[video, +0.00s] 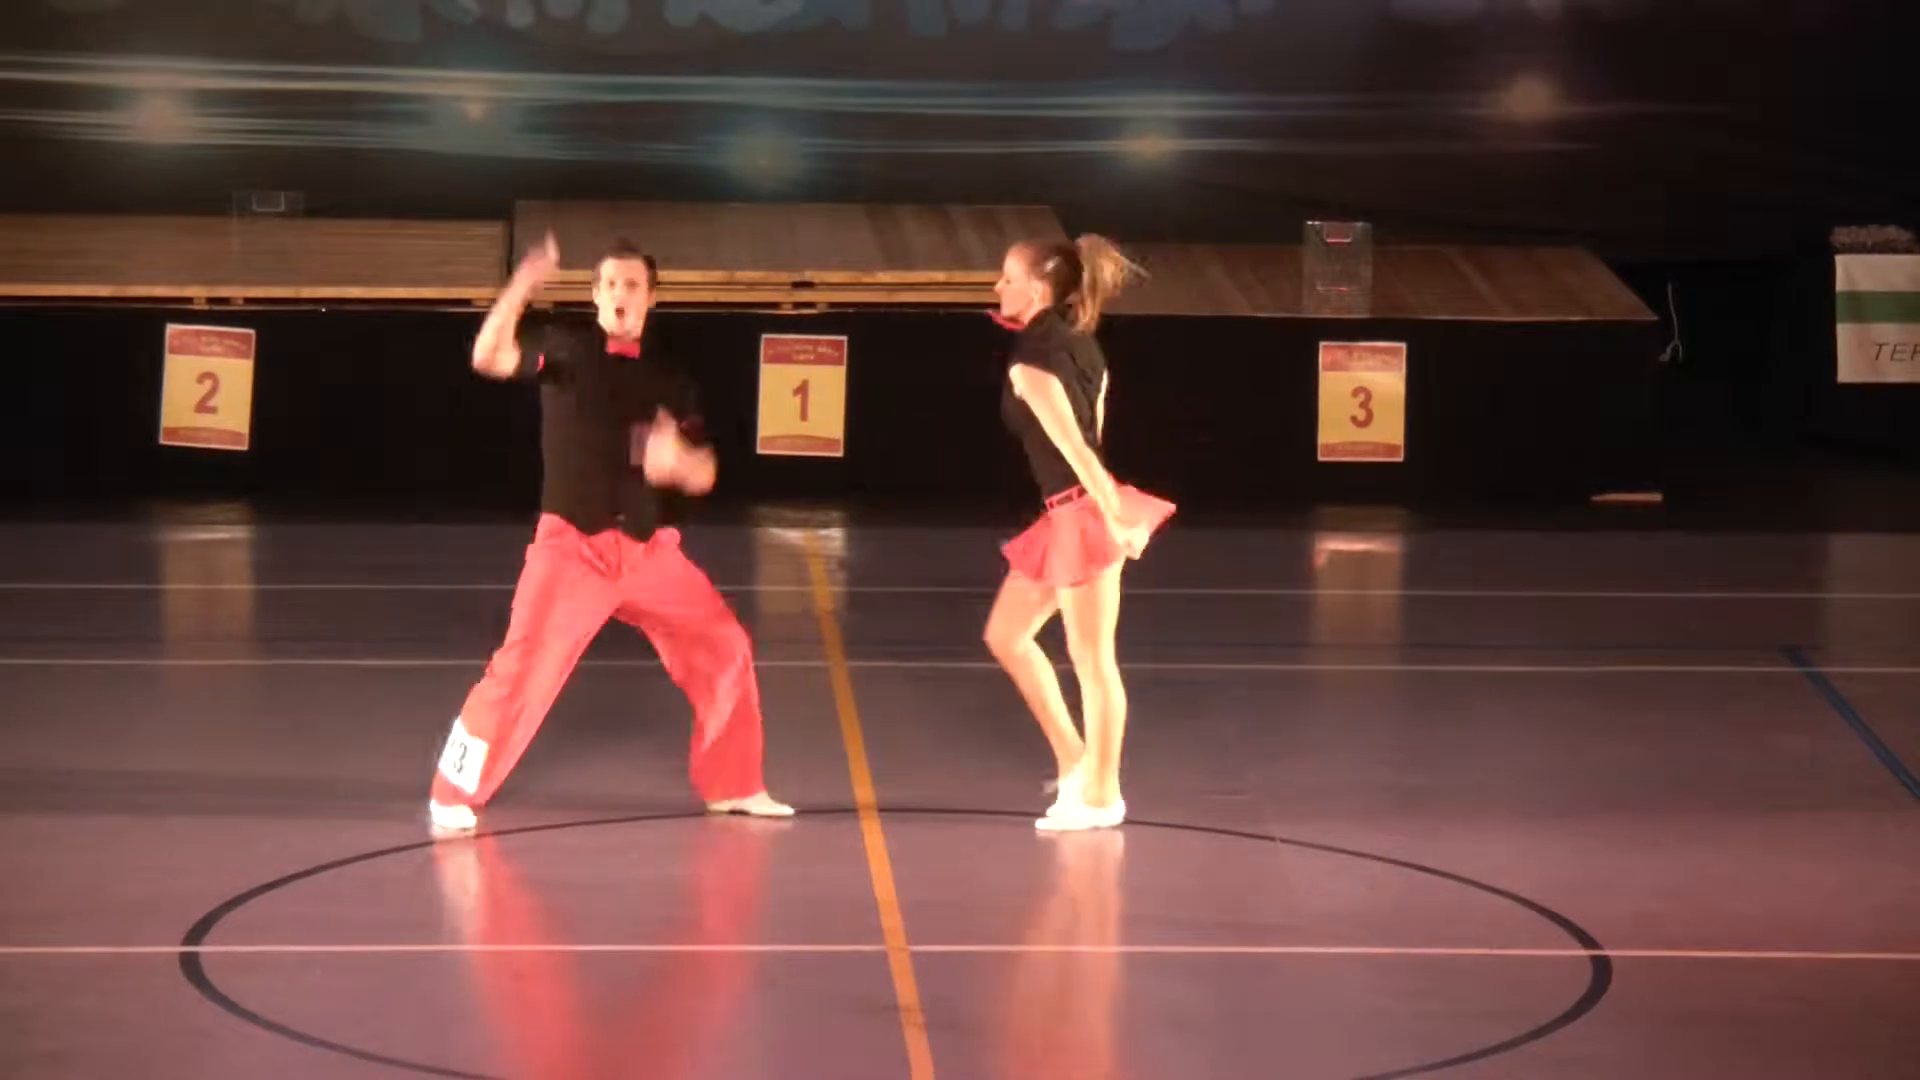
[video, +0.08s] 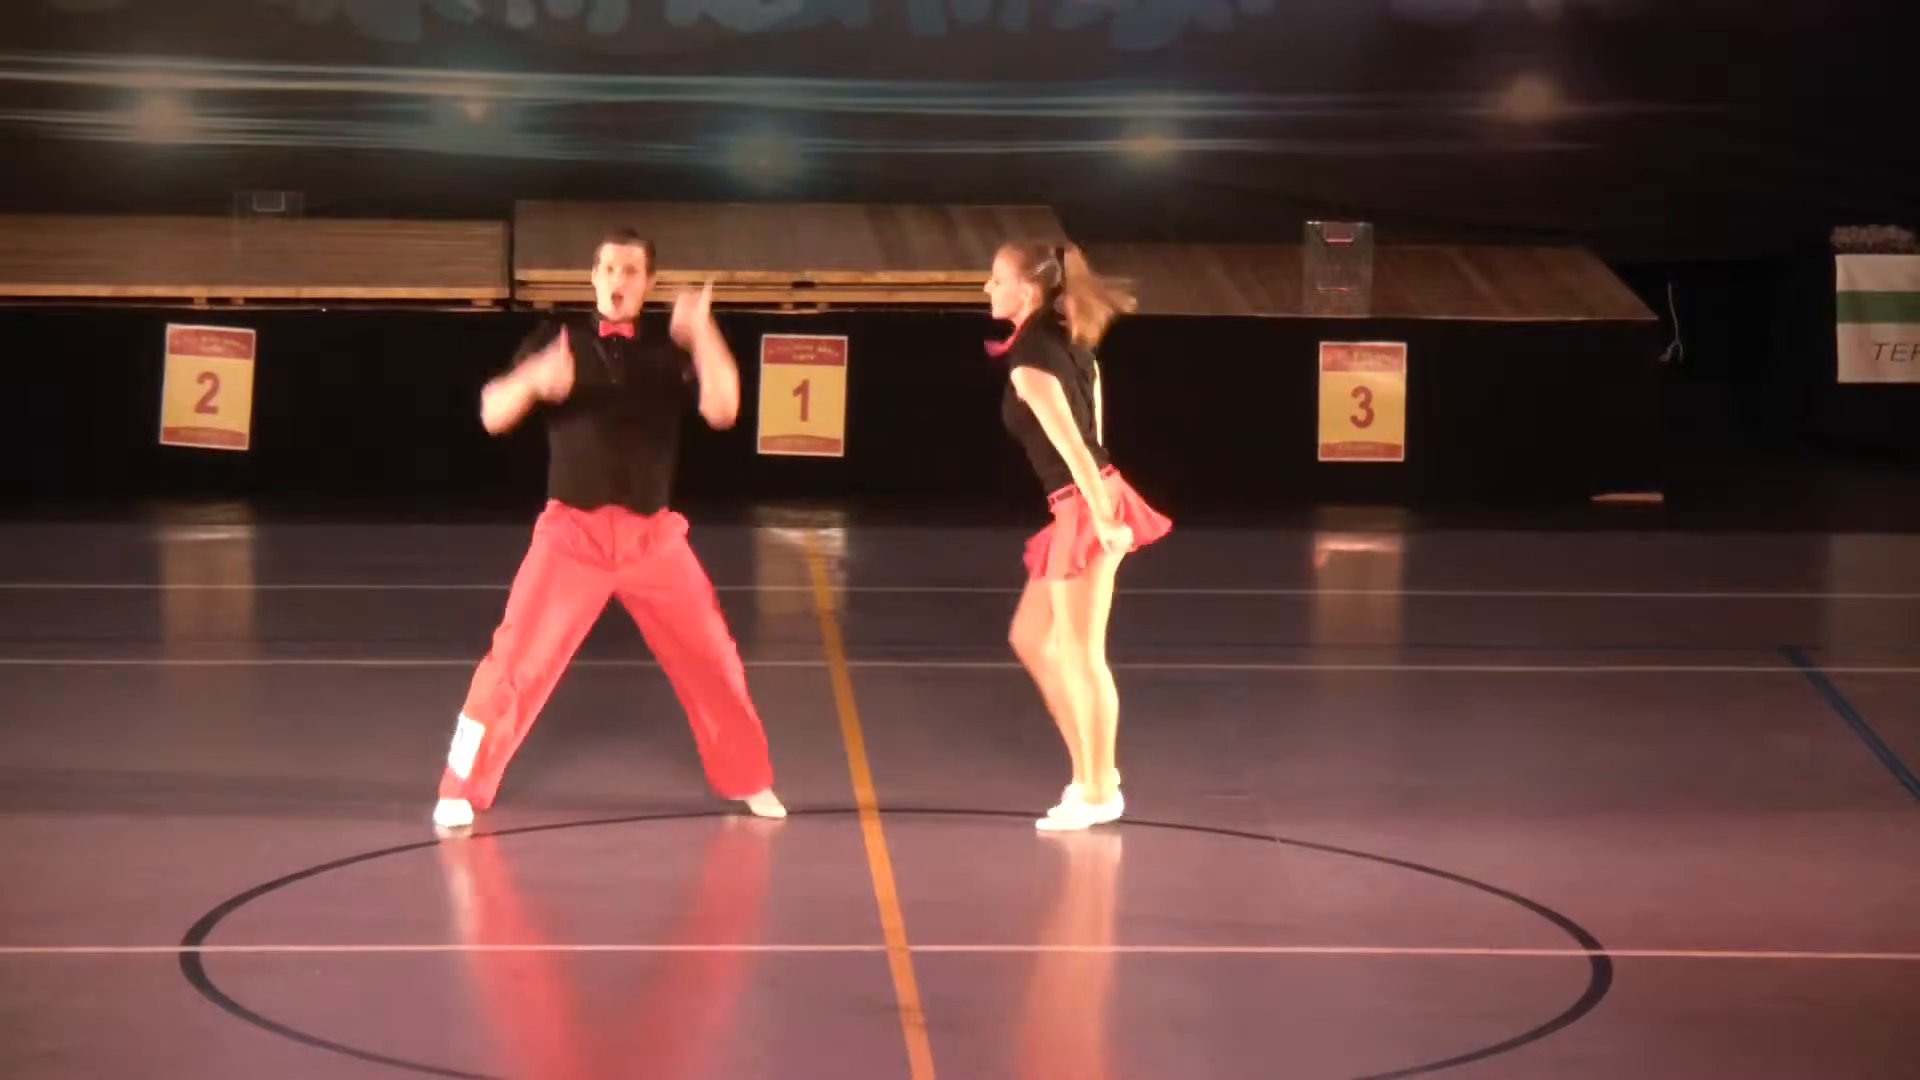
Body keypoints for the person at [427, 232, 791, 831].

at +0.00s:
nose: (621, 295)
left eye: (632, 284)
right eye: (611, 284)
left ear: (652, 297)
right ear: (594, 295)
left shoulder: (667, 375)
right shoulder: (564, 348)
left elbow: (705, 473)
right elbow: (488, 358)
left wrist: (678, 461)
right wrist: (521, 284)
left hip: (651, 553)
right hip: (570, 549)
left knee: (726, 647)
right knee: (525, 666)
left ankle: (733, 786)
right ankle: (453, 795)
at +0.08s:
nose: (618, 281)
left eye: (631, 271)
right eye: (609, 269)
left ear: (649, 281)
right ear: (592, 277)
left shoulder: (673, 350)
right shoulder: (561, 346)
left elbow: (723, 411)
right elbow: (492, 415)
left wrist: (702, 334)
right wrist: (533, 378)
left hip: (656, 537)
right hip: (570, 535)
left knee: (713, 658)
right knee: (518, 658)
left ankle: (748, 781)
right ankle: (461, 793)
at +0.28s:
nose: (607, 298)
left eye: (619, 287)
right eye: (598, 285)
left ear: (641, 297)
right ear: (583, 292)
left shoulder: (669, 361)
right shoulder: (561, 376)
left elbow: (752, 401)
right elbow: (551, 455)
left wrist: (702, 345)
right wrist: (561, 478)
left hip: (661, 554)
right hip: (577, 554)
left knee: (712, 675)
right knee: (503, 666)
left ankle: (777, 779)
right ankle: (497, 794)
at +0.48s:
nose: (623, 292)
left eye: (634, 280)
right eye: (613, 281)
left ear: (655, 287)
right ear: (598, 287)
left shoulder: (666, 361)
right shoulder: (570, 339)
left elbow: (688, 438)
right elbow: (520, 403)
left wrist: (689, 479)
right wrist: (535, 319)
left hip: (664, 539)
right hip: (588, 534)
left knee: (737, 648)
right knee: (544, 661)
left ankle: (723, 785)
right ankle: (457, 791)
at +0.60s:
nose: (616, 292)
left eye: (628, 280)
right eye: (606, 280)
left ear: (647, 287)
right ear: (591, 286)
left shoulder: (672, 362)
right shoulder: (561, 353)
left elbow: (707, 464)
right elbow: (513, 441)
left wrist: (690, 428)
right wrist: (555, 391)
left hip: (665, 544)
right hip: (583, 541)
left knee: (736, 651)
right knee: (533, 665)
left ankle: (733, 784)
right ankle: (454, 789)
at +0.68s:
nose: (608, 277)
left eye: (620, 265)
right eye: (598, 265)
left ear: (641, 273)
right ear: (584, 272)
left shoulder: (673, 341)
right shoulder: (558, 346)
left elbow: (723, 411)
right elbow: (527, 437)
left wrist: (709, 336)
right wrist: (543, 435)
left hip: (662, 526)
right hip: (578, 526)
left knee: (719, 650)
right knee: (529, 651)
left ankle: (746, 782)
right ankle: (469, 788)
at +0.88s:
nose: (606, 312)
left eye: (617, 299)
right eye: (596, 300)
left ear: (643, 298)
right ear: (584, 302)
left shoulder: (684, 364)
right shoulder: (565, 369)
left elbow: (748, 419)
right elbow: (544, 460)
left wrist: (774, 459)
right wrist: (484, 476)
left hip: (670, 554)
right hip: (584, 551)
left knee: (718, 669)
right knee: (535, 665)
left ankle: (748, 789)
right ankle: (504, 788)